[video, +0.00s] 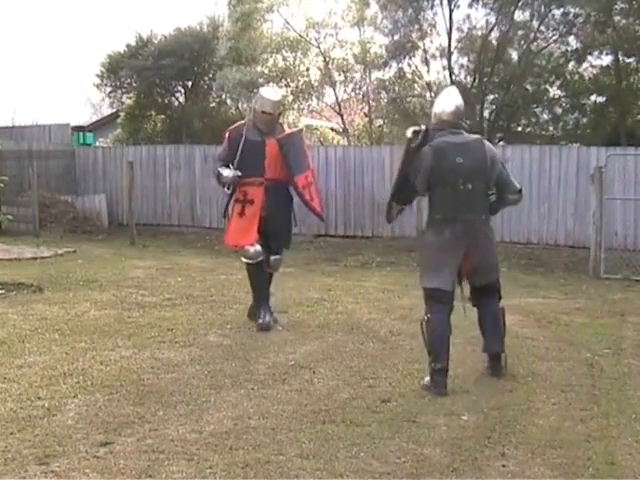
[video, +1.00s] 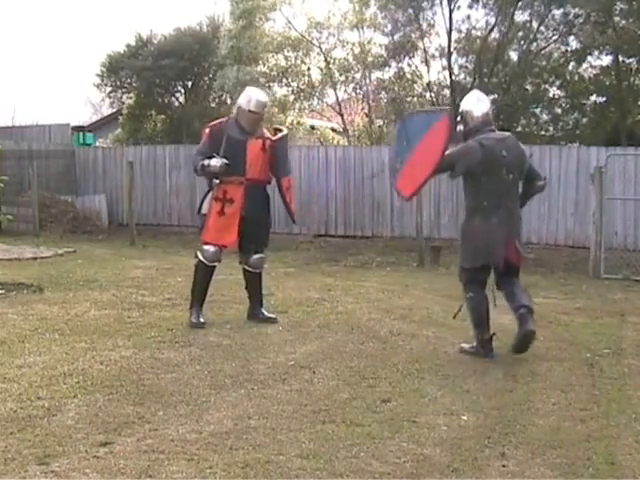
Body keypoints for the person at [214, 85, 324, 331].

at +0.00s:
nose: (268, 118)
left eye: (273, 114)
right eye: (264, 113)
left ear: (278, 113)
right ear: (254, 110)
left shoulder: (286, 137)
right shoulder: (238, 134)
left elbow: (300, 169)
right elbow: (221, 164)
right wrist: (226, 174)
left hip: (277, 200)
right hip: (247, 200)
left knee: (275, 257)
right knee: (252, 252)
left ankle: (259, 303)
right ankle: (263, 305)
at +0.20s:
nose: (270, 118)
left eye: (275, 113)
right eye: (266, 112)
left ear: (281, 113)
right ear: (257, 108)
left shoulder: (286, 137)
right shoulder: (239, 130)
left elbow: (297, 171)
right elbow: (219, 159)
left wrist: (293, 148)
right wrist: (226, 170)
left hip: (273, 202)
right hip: (242, 200)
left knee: (268, 255)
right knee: (241, 251)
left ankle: (258, 307)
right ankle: (243, 307)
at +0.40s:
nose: (273, 117)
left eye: (278, 112)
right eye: (269, 111)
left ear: (283, 113)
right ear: (258, 108)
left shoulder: (287, 138)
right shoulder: (237, 129)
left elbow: (298, 173)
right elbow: (218, 156)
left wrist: (295, 146)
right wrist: (223, 164)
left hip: (270, 200)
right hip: (238, 198)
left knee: (263, 256)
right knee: (230, 251)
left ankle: (257, 308)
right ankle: (221, 307)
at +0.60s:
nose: (271, 118)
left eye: (276, 113)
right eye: (267, 112)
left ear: (281, 113)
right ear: (257, 108)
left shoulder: (283, 138)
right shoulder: (234, 129)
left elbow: (296, 172)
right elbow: (214, 157)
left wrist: (293, 143)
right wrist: (220, 162)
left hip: (266, 199)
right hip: (235, 196)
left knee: (261, 257)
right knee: (221, 249)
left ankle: (256, 308)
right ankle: (208, 306)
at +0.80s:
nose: (267, 119)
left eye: (271, 114)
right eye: (263, 113)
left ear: (276, 114)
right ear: (251, 109)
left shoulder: (279, 138)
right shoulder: (228, 129)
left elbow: (291, 173)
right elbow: (207, 160)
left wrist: (289, 144)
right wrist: (216, 165)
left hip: (262, 201)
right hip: (230, 198)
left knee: (258, 257)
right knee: (216, 250)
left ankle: (256, 308)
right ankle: (202, 307)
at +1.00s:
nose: (255, 119)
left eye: (259, 115)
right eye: (251, 114)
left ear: (264, 114)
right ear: (239, 109)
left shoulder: (266, 139)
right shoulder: (217, 131)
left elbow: (280, 172)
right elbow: (198, 162)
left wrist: (280, 143)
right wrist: (209, 166)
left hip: (255, 199)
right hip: (224, 198)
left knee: (255, 257)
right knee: (210, 252)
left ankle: (256, 308)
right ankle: (196, 308)